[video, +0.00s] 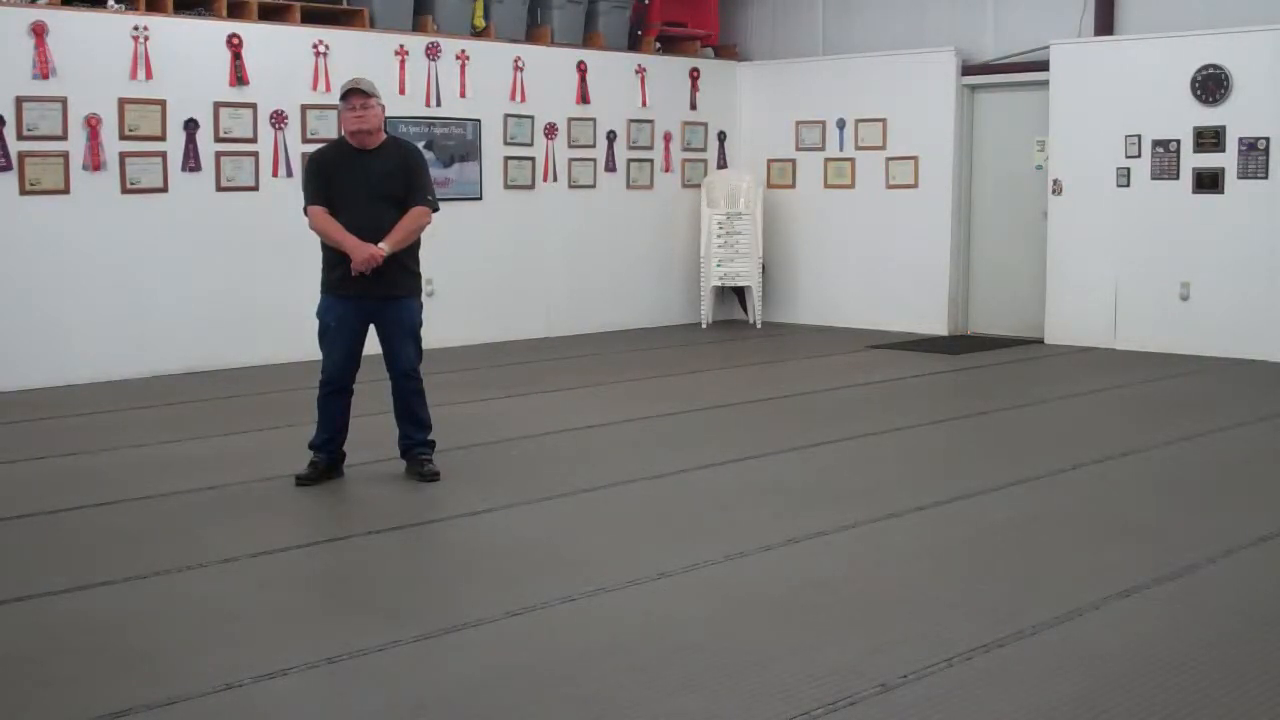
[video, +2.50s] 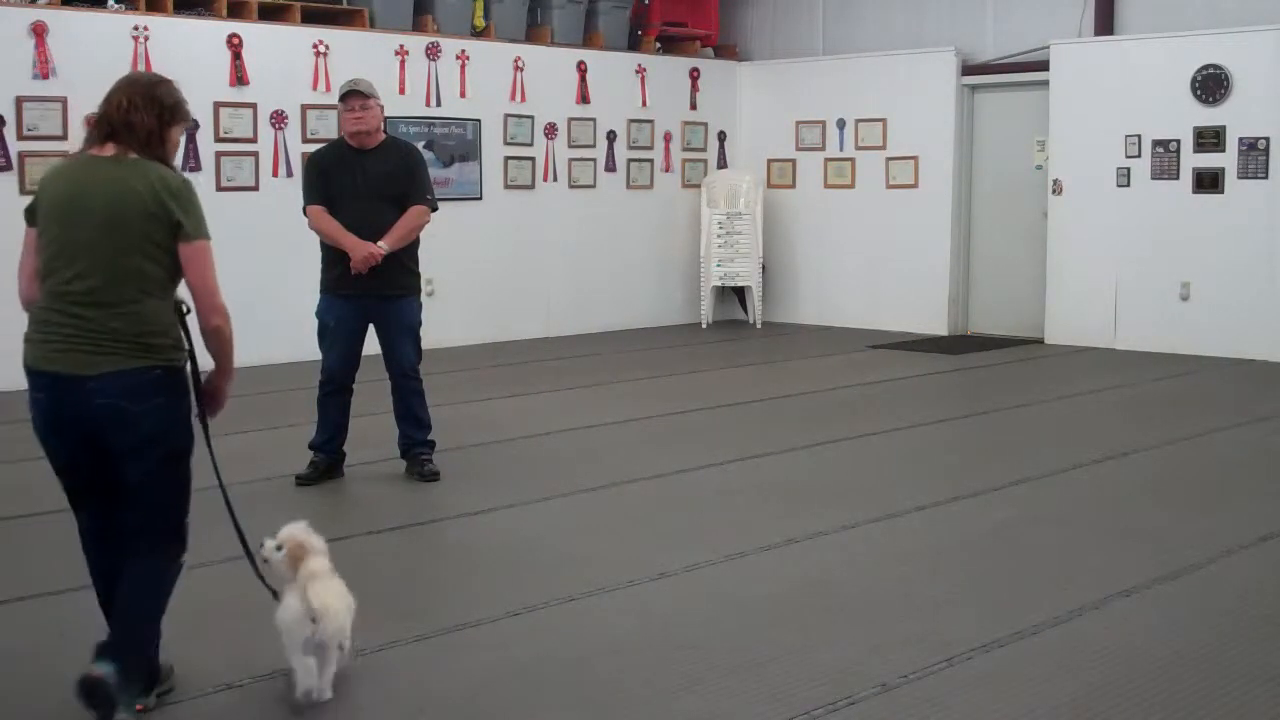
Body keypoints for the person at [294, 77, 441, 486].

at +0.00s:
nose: (358, 114)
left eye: (365, 107)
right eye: (350, 108)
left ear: (381, 111)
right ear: (340, 117)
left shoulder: (407, 155)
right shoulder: (321, 161)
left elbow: (422, 213)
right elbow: (316, 215)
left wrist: (379, 250)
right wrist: (355, 247)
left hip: (398, 287)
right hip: (342, 288)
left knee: (407, 373)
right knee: (335, 376)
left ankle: (419, 452)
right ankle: (327, 456)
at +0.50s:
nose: (360, 114)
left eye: (367, 106)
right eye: (352, 108)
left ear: (383, 112)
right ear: (341, 117)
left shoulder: (407, 155)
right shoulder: (323, 160)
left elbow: (422, 213)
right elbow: (317, 215)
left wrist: (380, 250)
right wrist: (356, 247)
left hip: (398, 287)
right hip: (342, 288)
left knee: (407, 373)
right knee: (335, 376)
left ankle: (419, 452)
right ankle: (327, 455)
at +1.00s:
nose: (359, 114)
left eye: (366, 107)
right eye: (351, 109)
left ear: (383, 112)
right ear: (341, 117)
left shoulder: (408, 155)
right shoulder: (323, 160)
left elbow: (422, 213)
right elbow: (317, 215)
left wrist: (380, 250)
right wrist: (356, 247)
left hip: (398, 286)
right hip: (343, 287)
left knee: (406, 372)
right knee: (335, 375)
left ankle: (419, 452)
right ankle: (327, 455)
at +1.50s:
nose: (359, 114)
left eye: (366, 107)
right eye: (351, 109)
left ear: (382, 111)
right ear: (341, 117)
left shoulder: (407, 155)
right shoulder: (323, 161)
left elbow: (422, 213)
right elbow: (317, 215)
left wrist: (379, 250)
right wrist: (355, 246)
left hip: (398, 287)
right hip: (342, 288)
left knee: (406, 373)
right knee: (335, 375)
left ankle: (419, 452)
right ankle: (327, 455)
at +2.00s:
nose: (358, 113)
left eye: (365, 106)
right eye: (350, 108)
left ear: (381, 112)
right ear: (340, 117)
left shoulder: (407, 155)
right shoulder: (321, 161)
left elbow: (421, 213)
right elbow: (316, 215)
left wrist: (378, 250)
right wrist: (355, 246)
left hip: (398, 288)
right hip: (342, 289)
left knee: (406, 373)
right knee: (335, 375)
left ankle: (419, 452)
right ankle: (327, 455)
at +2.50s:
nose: (357, 114)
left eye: (365, 107)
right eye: (350, 109)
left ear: (380, 111)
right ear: (339, 117)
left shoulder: (406, 155)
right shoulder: (321, 161)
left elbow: (421, 211)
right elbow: (315, 214)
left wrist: (378, 249)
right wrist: (354, 246)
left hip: (397, 287)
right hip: (342, 288)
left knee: (406, 373)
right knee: (335, 375)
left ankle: (419, 452)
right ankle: (327, 455)